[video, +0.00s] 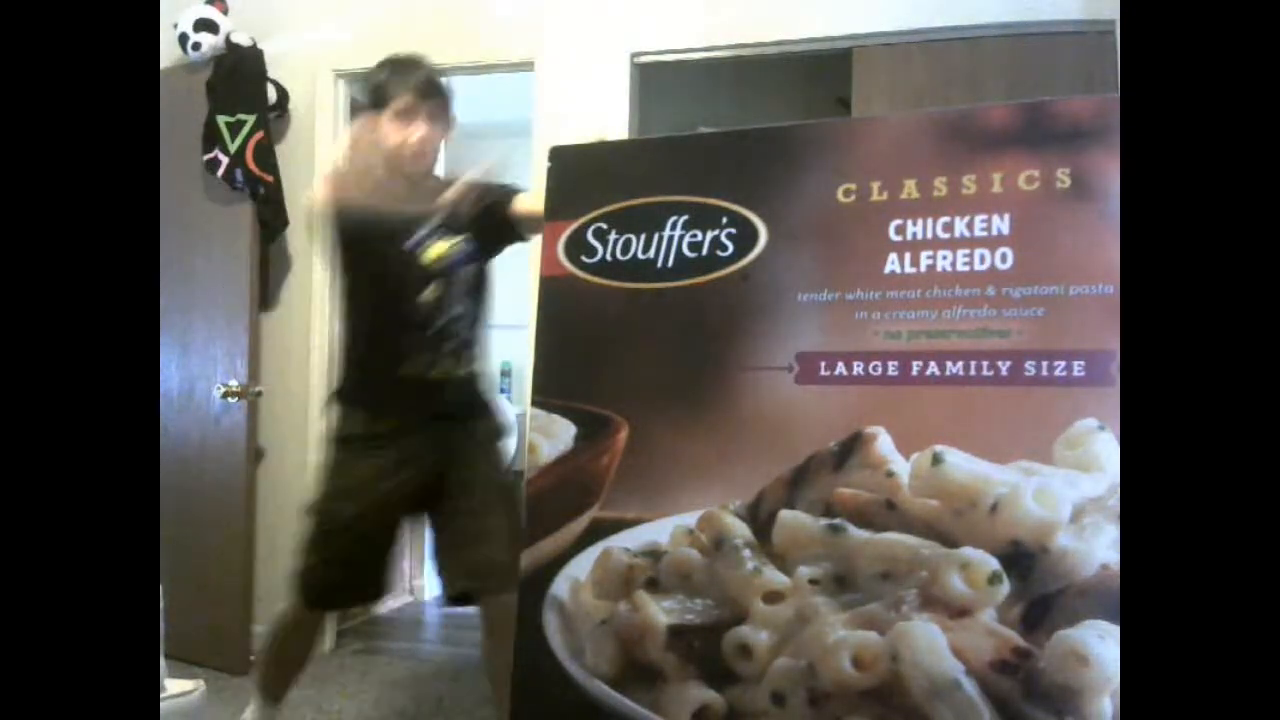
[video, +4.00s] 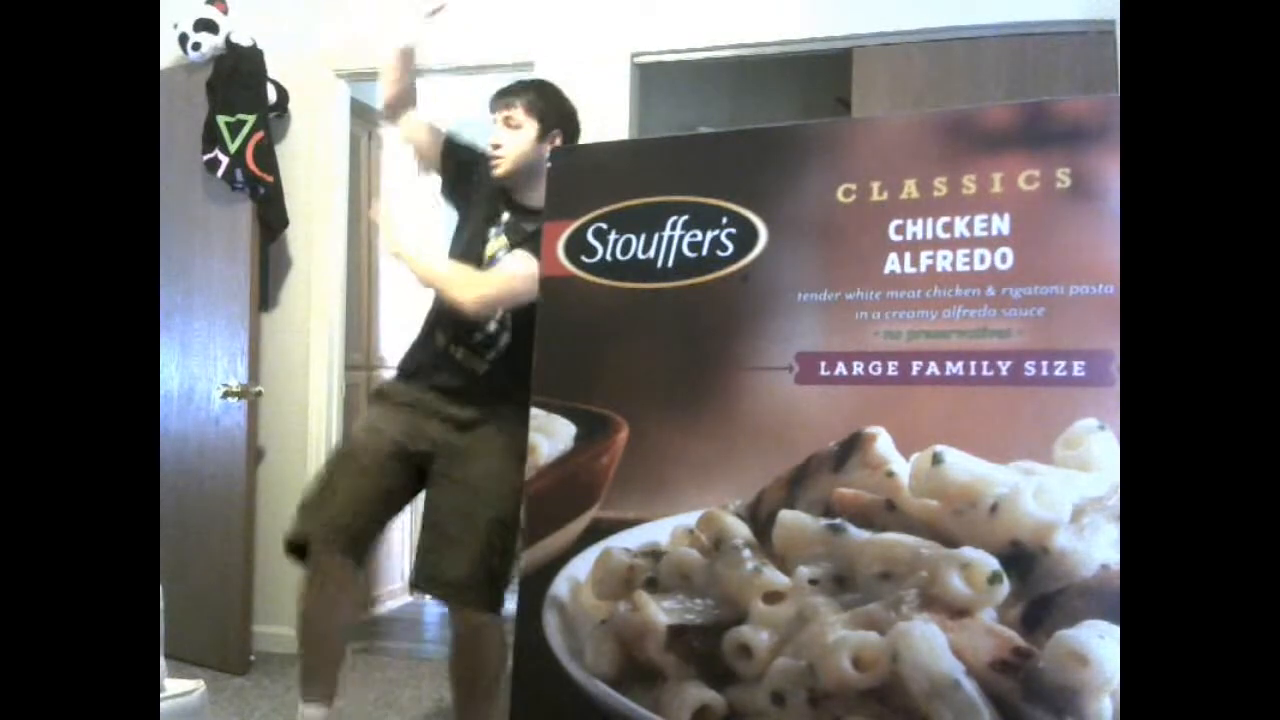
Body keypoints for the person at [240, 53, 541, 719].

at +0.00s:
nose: (424, 136)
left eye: (435, 120)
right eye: (407, 118)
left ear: (449, 128)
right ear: (369, 125)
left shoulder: (470, 207)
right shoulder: (358, 205)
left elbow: (555, 213)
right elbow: (346, 197)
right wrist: (364, 149)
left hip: (462, 421)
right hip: (375, 425)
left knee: (501, 589)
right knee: (315, 597)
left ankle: (512, 713)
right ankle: (261, 710)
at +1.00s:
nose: (415, 172)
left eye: (420, 154)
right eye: (412, 156)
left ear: (460, 145)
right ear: (456, 149)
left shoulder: (525, 206)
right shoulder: (477, 215)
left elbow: (451, 259)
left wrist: (361, 275)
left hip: (534, 439)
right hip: (478, 429)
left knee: (498, 630)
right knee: (415, 613)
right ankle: (374, 713)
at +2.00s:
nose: (387, 87)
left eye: (400, 74)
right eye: (370, 73)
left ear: (412, 86)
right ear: (338, 83)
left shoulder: (426, 176)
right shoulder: (308, 145)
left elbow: (518, 213)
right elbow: (269, 57)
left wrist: (493, 156)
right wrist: (343, 56)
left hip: (407, 404)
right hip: (315, 402)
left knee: (455, 586)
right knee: (283, 603)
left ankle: (480, 716)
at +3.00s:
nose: (452, 162)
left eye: (468, 148)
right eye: (441, 146)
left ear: (496, 152)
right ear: (425, 151)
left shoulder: (540, 225)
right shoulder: (403, 235)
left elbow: (586, 321)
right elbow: (380, 348)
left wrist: (529, 364)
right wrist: (450, 411)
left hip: (508, 428)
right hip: (424, 423)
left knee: (493, 609)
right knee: (355, 598)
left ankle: (488, 717)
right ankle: (300, 713)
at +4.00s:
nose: (493, 137)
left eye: (511, 126)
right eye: (494, 125)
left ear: (553, 141)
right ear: (492, 131)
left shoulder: (569, 230)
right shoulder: (478, 180)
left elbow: (478, 294)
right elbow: (403, 117)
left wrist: (395, 240)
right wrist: (404, 58)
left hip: (491, 421)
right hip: (412, 399)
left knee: (473, 596)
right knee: (329, 544)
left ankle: (478, 719)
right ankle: (315, 710)